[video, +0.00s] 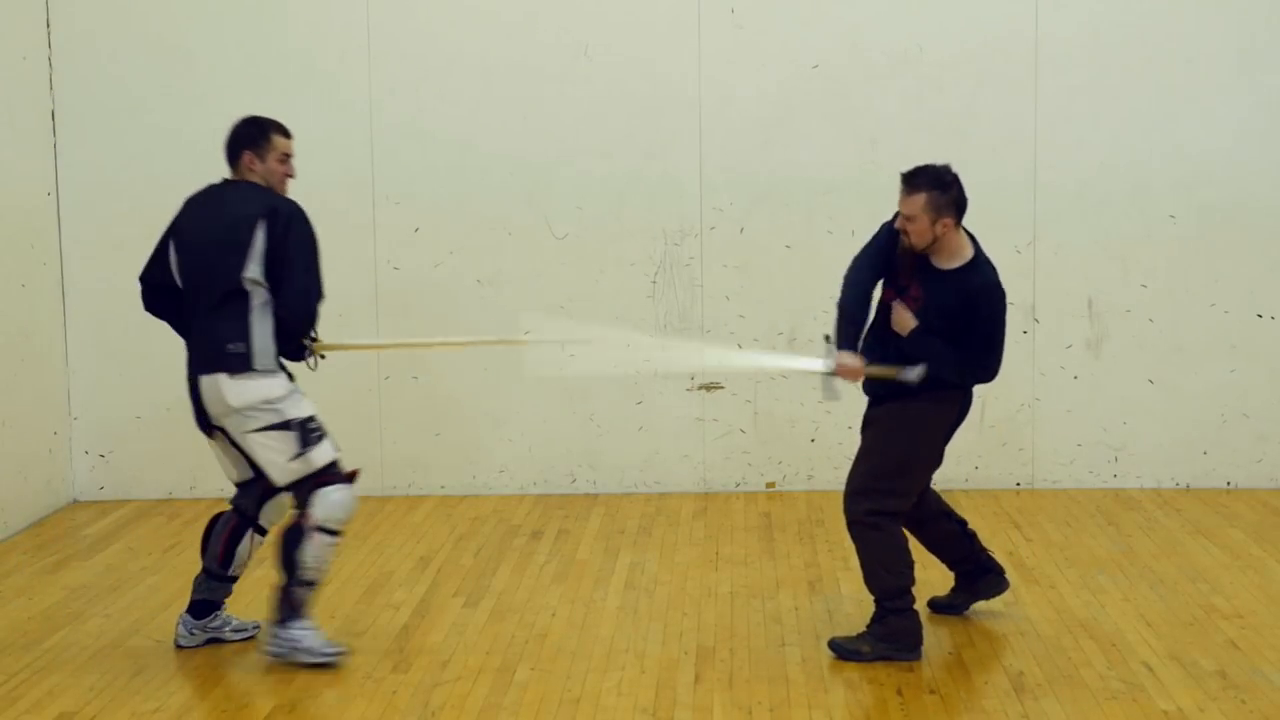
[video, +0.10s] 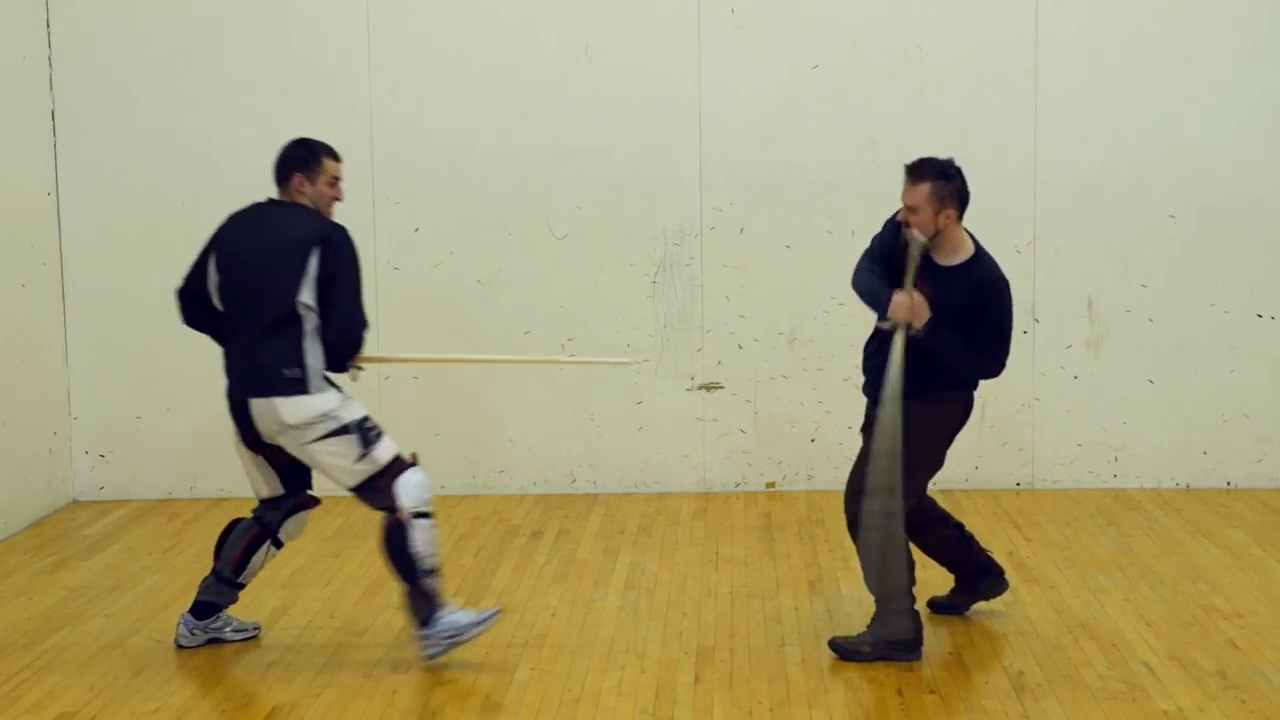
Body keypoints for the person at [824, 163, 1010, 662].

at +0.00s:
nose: (900, 226)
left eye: (911, 220)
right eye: (901, 216)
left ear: (946, 224)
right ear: (905, 208)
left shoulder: (980, 287)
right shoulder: (902, 233)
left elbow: (983, 368)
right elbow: (859, 276)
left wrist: (915, 334)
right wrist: (848, 346)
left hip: (935, 400)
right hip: (888, 388)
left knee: (868, 503)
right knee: (903, 493)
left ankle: (896, 628)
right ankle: (979, 572)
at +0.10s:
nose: (904, 218)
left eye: (915, 211)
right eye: (904, 208)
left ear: (949, 215)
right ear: (908, 201)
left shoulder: (986, 283)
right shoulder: (902, 232)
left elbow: (990, 363)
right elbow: (865, 274)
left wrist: (925, 326)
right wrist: (891, 299)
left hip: (938, 404)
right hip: (888, 393)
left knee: (872, 501)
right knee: (892, 497)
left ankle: (897, 629)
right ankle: (978, 572)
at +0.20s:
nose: (907, 209)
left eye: (918, 201)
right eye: (906, 198)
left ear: (951, 205)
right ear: (912, 198)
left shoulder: (987, 269)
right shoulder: (902, 233)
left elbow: (987, 355)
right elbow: (864, 281)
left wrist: (931, 304)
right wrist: (890, 264)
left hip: (941, 405)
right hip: (894, 399)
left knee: (871, 502)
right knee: (894, 504)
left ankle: (896, 628)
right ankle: (977, 570)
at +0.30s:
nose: (908, 195)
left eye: (918, 187)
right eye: (909, 185)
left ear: (951, 194)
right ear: (929, 193)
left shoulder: (996, 252)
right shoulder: (916, 239)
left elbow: (993, 330)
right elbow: (885, 280)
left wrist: (936, 283)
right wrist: (891, 230)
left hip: (957, 399)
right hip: (903, 393)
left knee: (891, 497)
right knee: (881, 495)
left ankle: (896, 628)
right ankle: (958, 574)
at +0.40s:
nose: (901, 187)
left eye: (912, 179)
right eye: (903, 177)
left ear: (946, 186)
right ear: (931, 187)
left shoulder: (995, 223)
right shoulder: (920, 230)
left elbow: (1017, 293)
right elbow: (895, 270)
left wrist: (951, 267)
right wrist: (873, 217)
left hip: (987, 371)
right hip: (929, 367)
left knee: (939, 479)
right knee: (907, 478)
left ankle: (902, 602)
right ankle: (964, 577)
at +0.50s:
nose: (904, 177)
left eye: (914, 165)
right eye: (903, 167)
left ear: (948, 169)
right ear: (933, 175)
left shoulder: (1005, 206)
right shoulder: (925, 224)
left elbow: (1048, 271)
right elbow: (908, 266)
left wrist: (975, 290)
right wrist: (868, 220)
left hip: (1020, 352)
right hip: (959, 355)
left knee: (981, 463)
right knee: (945, 470)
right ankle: (969, 586)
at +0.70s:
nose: (935, 209)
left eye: (944, 198)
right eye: (933, 200)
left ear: (978, 200)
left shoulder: (1035, 233)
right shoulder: (960, 255)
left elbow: (1079, 306)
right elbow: (942, 299)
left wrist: (1012, 322)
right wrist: (904, 249)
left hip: (1075, 367)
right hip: (1012, 369)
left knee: (1066, 482)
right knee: (955, 462)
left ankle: (1083, 576)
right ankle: (977, 577)